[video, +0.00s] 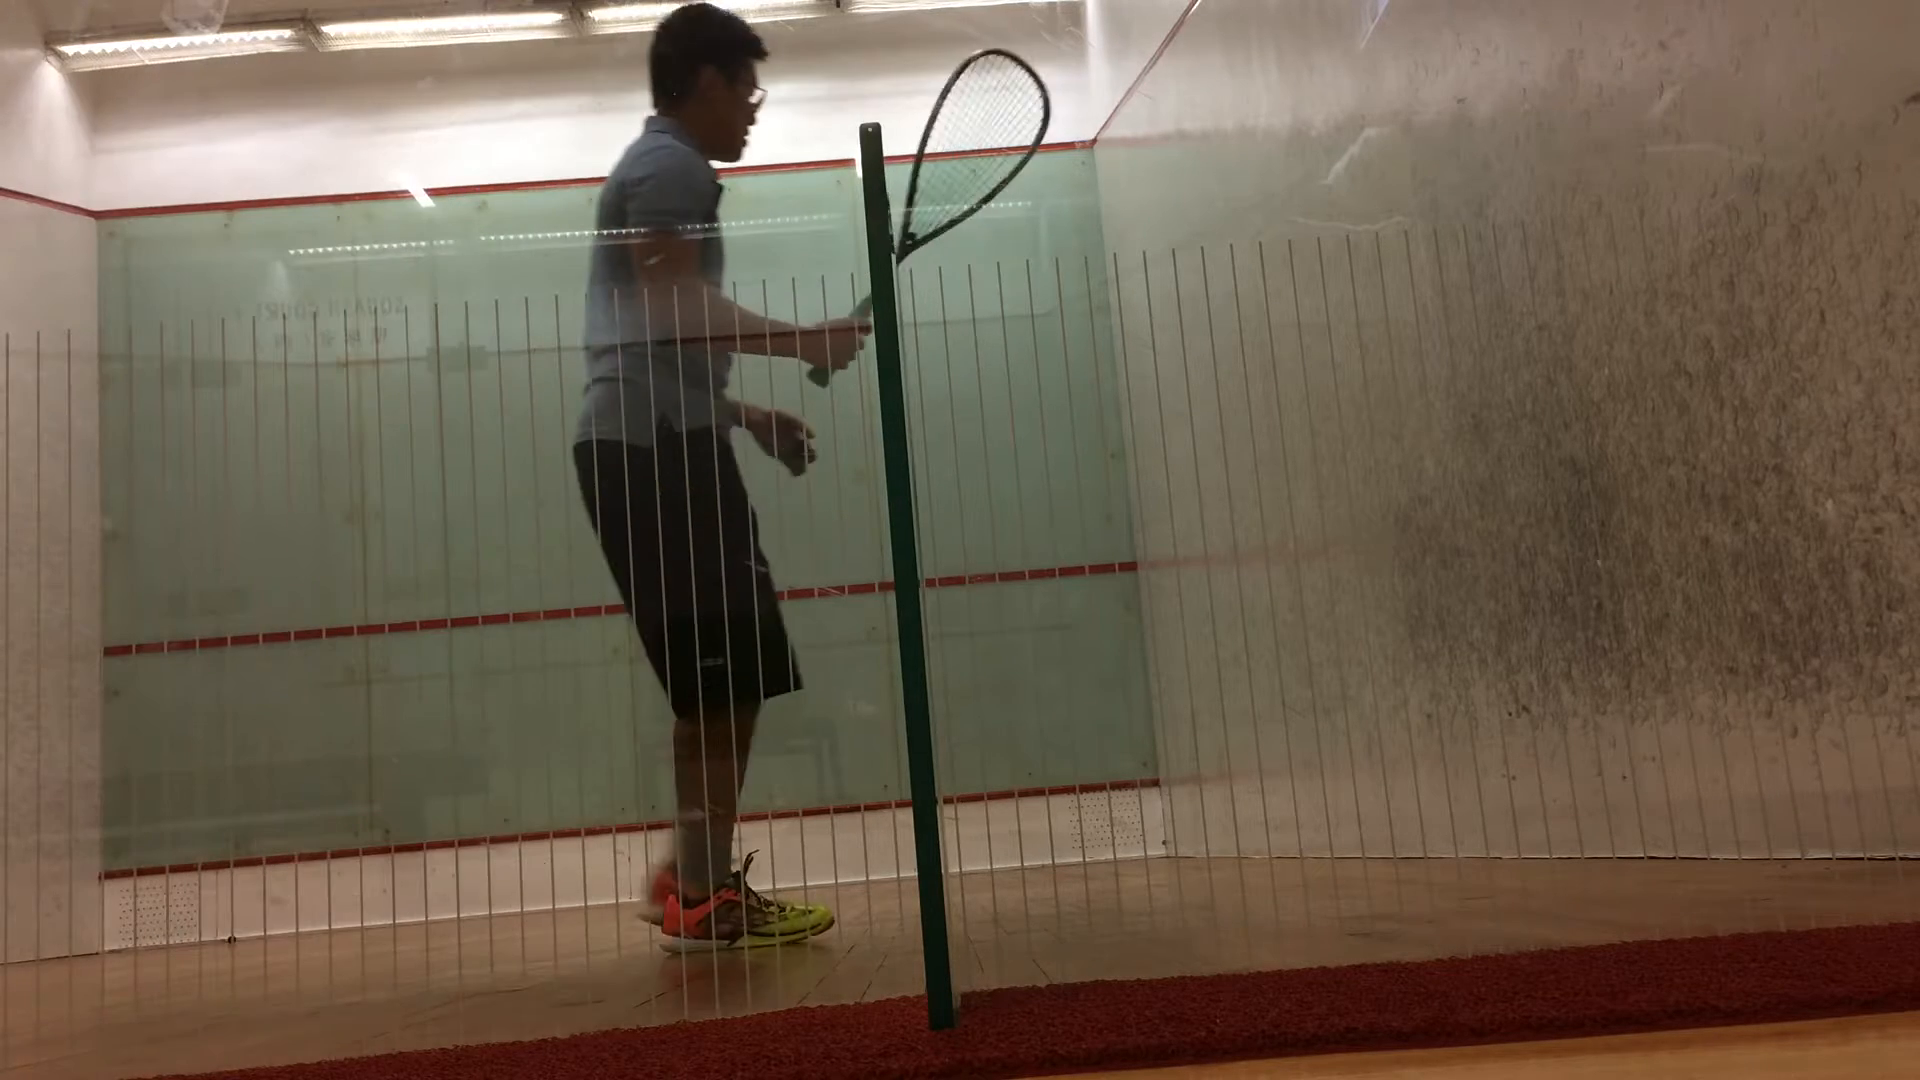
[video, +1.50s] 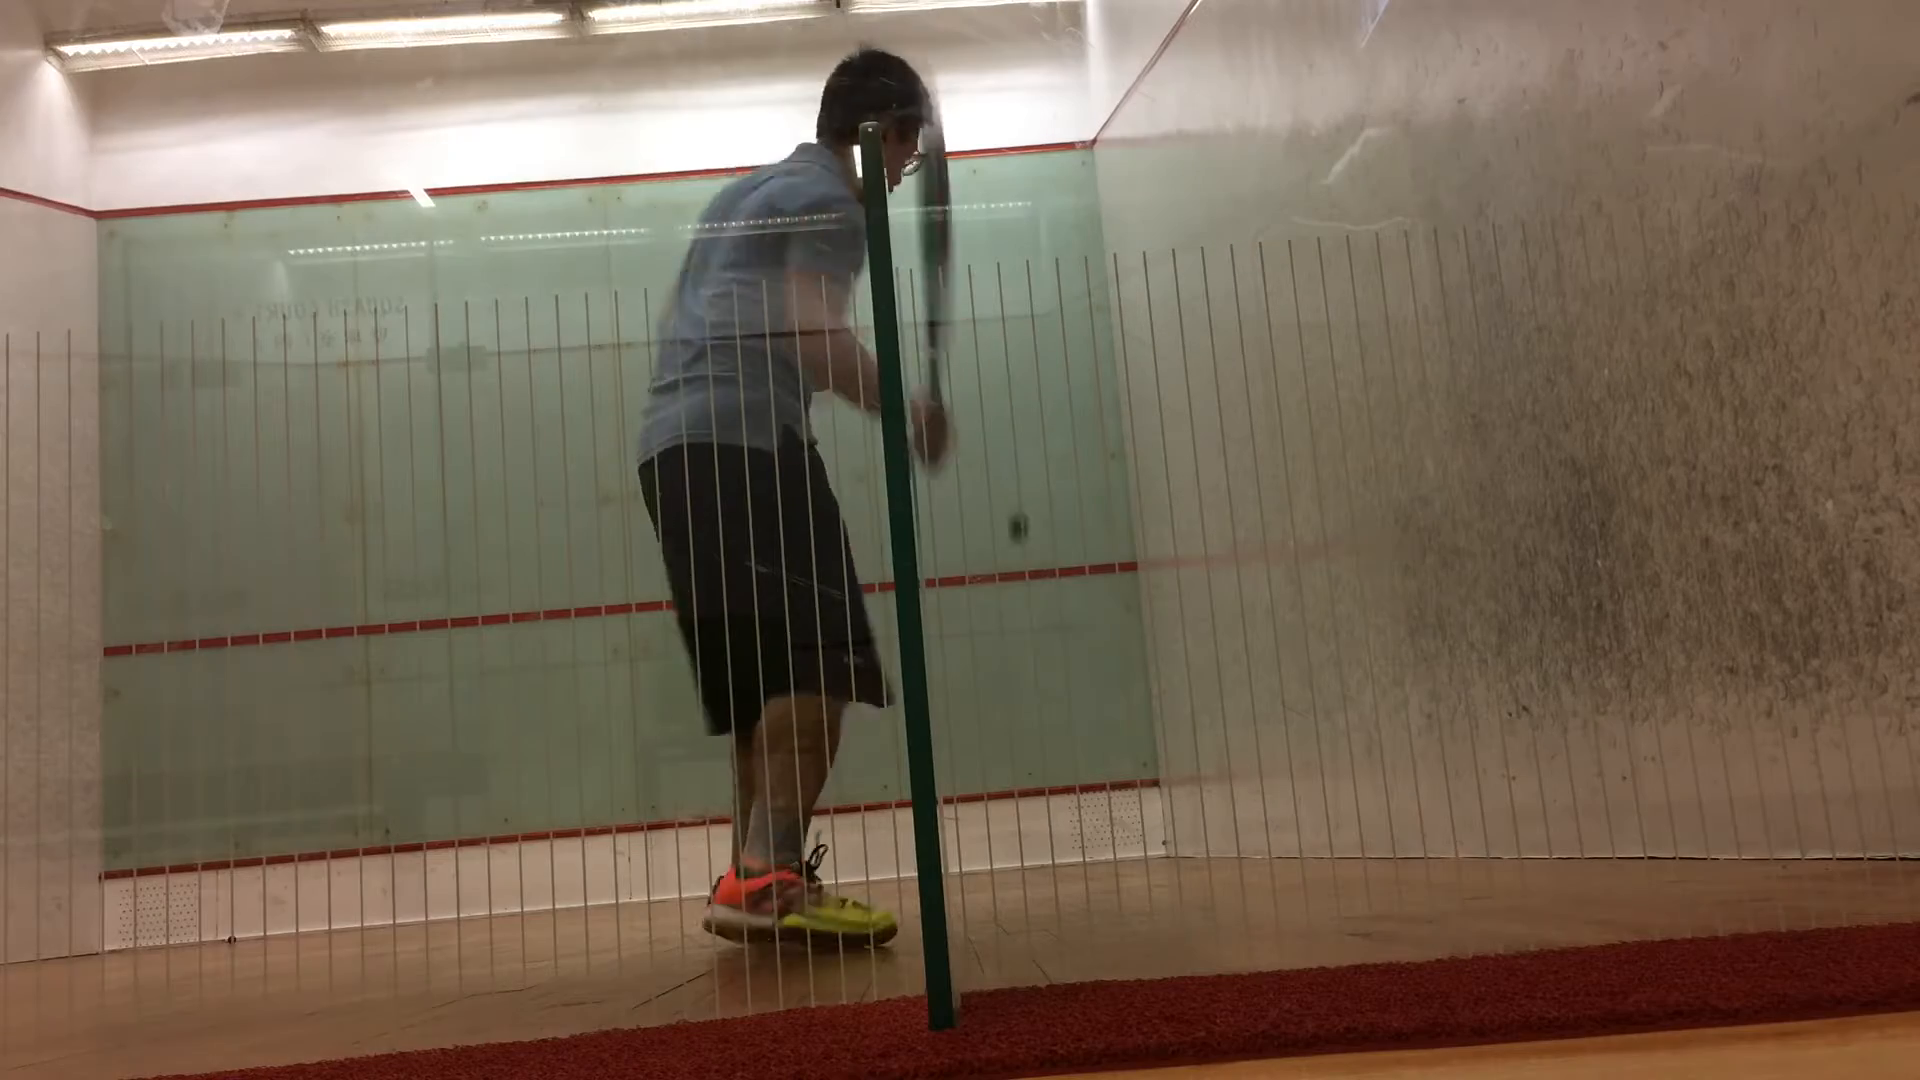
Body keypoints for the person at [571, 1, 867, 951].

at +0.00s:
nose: (757, 105)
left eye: (756, 86)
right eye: (745, 85)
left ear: (692, 87)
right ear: (702, 83)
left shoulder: (655, 177)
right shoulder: (668, 171)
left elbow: (658, 352)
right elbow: (673, 306)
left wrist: (751, 416)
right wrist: (798, 337)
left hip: (670, 448)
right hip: (648, 451)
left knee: (744, 657)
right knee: (719, 662)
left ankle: (690, 869)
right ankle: (706, 889)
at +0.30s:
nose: (829, 132)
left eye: (829, 113)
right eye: (818, 112)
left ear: (769, 114)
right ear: (770, 109)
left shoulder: (750, 208)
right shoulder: (731, 186)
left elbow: (735, 394)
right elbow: (718, 308)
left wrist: (840, 434)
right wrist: (856, 352)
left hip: (725, 455)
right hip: (695, 453)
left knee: (816, 643)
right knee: (798, 643)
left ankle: (750, 864)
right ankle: (737, 860)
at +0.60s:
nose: (867, 121)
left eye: (867, 103)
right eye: (856, 101)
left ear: (815, 101)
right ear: (810, 95)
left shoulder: (796, 216)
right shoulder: (751, 161)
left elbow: (792, 383)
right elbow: (694, 254)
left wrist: (911, 435)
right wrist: (827, 294)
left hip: (762, 442)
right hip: (724, 438)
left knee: (811, 647)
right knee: (789, 637)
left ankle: (779, 872)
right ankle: (758, 868)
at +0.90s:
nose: (882, 127)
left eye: (892, 111)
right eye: (883, 102)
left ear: (847, 90)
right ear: (841, 75)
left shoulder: (825, 219)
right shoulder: (751, 126)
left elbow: (860, 385)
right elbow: (615, 144)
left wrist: (992, 400)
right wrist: (703, 37)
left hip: (779, 418)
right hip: (713, 407)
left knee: (851, 643)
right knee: (782, 648)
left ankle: (800, 874)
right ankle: (749, 891)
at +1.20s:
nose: (920, 161)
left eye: (925, 142)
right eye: (916, 137)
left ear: (870, 127)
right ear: (871, 119)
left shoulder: (825, 238)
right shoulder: (774, 158)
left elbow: (860, 387)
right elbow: (639, 209)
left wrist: (993, 387)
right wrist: (722, 101)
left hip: (763, 433)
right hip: (712, 422)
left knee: (874, 659)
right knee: (838, 648)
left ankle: (798, 878)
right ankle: (757, 887)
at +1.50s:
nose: (908, 163)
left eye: (914, 147)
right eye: (907, 142)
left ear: (829, 123)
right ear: (871, 127)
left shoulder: (748, 193)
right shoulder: (826, 191)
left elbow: (769, 341)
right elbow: (811, 329)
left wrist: (878, 397)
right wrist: (904, 406)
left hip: (680, 445)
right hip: (744, 441)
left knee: (764, 662)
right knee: (828, 652)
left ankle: (754, 873)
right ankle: (773, 873)